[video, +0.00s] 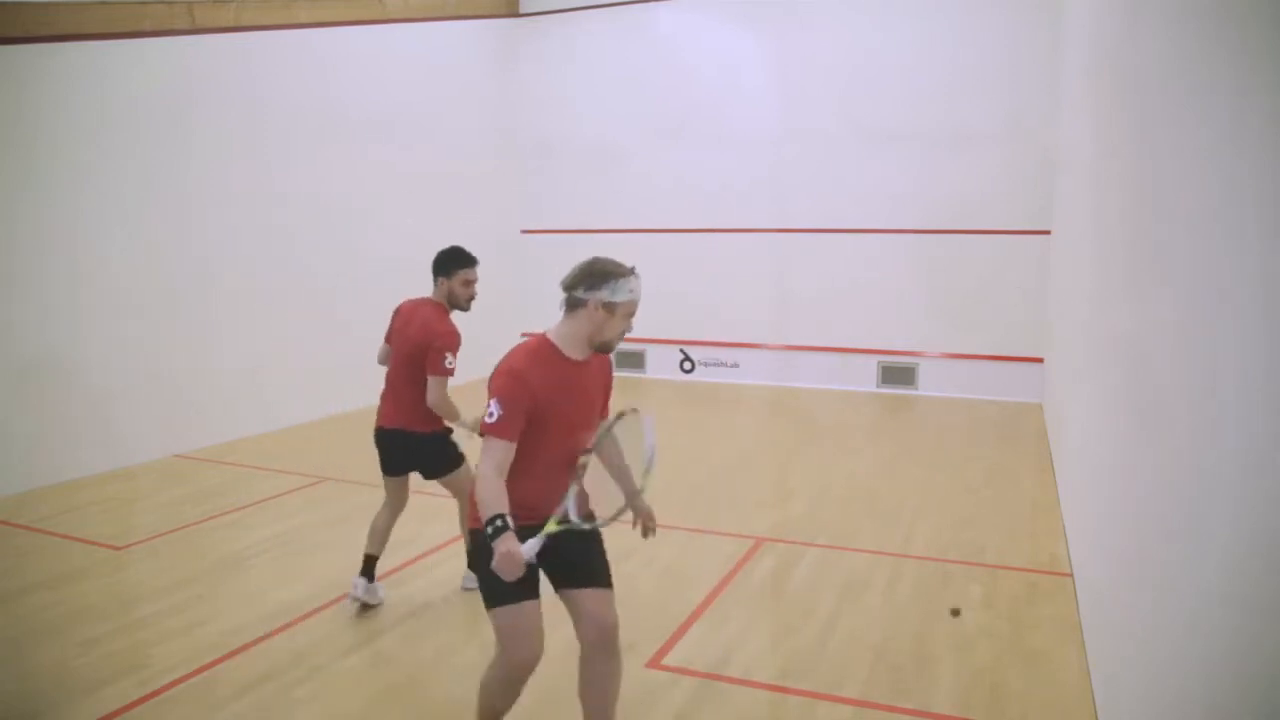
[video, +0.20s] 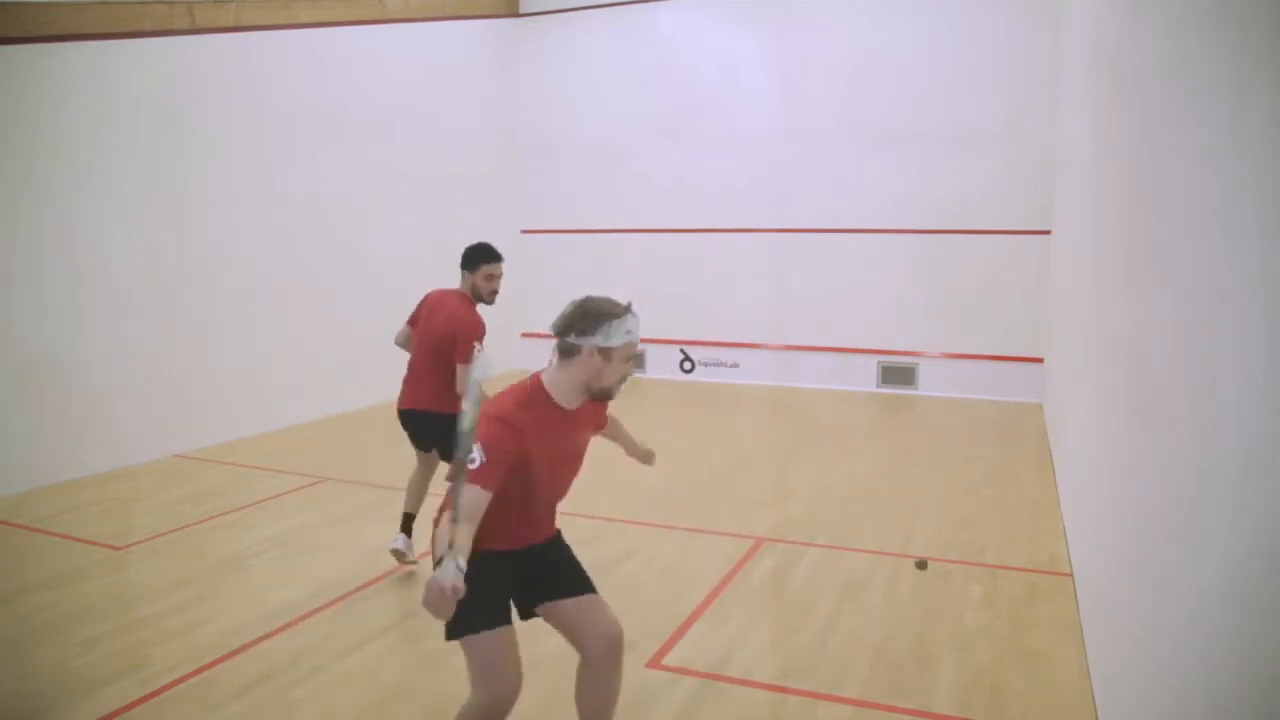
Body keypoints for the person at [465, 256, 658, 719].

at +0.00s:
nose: (630, 328)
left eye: (632, 318)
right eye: (627, 316)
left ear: (595, 310)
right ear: (595, 310)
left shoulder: (600, 365)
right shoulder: (520, 370)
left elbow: (599, 432)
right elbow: (490, 470)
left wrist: (633, 496)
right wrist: (502, 535)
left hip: (567, 515)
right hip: (505, 523)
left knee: (602, 632)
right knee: (521, 652)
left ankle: (600, 718)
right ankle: (487, 716)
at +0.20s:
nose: (630, 372)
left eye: (632, 361)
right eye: (626, 360)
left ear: (593, 355)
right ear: (591, 354)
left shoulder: (588, 406)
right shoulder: (506, 417)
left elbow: (608, 425)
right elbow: (463, 513)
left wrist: (634, 447)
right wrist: (451, 565)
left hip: (539, 545)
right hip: (479, 557)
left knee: (604, 641)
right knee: (497, 689)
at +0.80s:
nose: (508, 308)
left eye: (507, 297)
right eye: (504, 297)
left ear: (444, 305)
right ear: (486, 305)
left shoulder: (389, 356)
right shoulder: (501, 385)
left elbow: (328, 425)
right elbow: (483, 451)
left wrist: (276, 499)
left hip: (360, 536)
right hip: (415, 544)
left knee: (434, 627)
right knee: (475, 682)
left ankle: (409, 706)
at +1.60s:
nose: (392, 256)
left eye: (391, 247)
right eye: (388, 248)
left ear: (345, 252)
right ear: (369, 251)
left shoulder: (307, 306)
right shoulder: (385, 312)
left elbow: (293, 378)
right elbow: (400, 389)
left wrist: (290, 434)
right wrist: (418, 437)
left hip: (320, 443)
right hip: (372, 444)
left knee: (336, 521)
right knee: (404, 515)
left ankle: (329, 618)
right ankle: (366, 607)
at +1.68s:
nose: (396, 251)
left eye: (394, 243)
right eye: (391, 243)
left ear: (353, 248)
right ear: (368, 247)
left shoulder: (314, 299)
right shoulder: (383, 306)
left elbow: (299, 370)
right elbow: (394, 384)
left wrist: (310, 421)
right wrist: (419, 432)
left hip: (323, 434)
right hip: (374, 436)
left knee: (334, 518)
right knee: (409, 502)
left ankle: (331, 617)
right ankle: (388, 600)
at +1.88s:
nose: (407, 260)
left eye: (407, 252)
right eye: (402, 252)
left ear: (371, 253)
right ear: (379, 252)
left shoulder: (334, 299)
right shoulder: (387, 309)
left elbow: (329, 363)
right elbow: (396, 381)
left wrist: (359, 398)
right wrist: (434, 429)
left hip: (341, 427)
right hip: (386, 431)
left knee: (352, 511)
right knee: (406, 506)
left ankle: (333, 608)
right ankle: (409, 586)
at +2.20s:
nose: (432, 255)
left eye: (431, 246)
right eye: (426, 247)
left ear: (392, 252)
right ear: (404, 250)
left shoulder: (362, 292)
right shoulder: (409, 307)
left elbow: (352, 353)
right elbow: (412, 374)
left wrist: (366, 392)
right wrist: (444, 420)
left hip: (363, 411)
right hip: (400, 415)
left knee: (382, 478)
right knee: (422, 490)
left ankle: (374, 559)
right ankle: (412, 582)